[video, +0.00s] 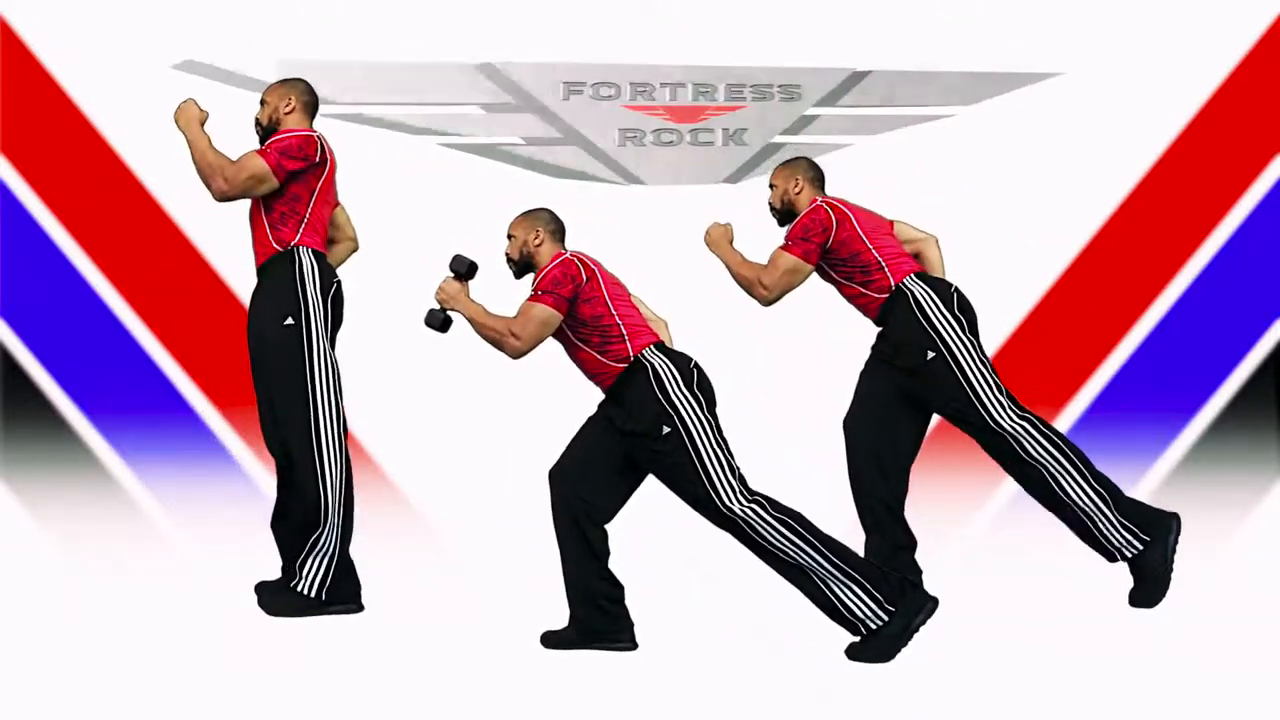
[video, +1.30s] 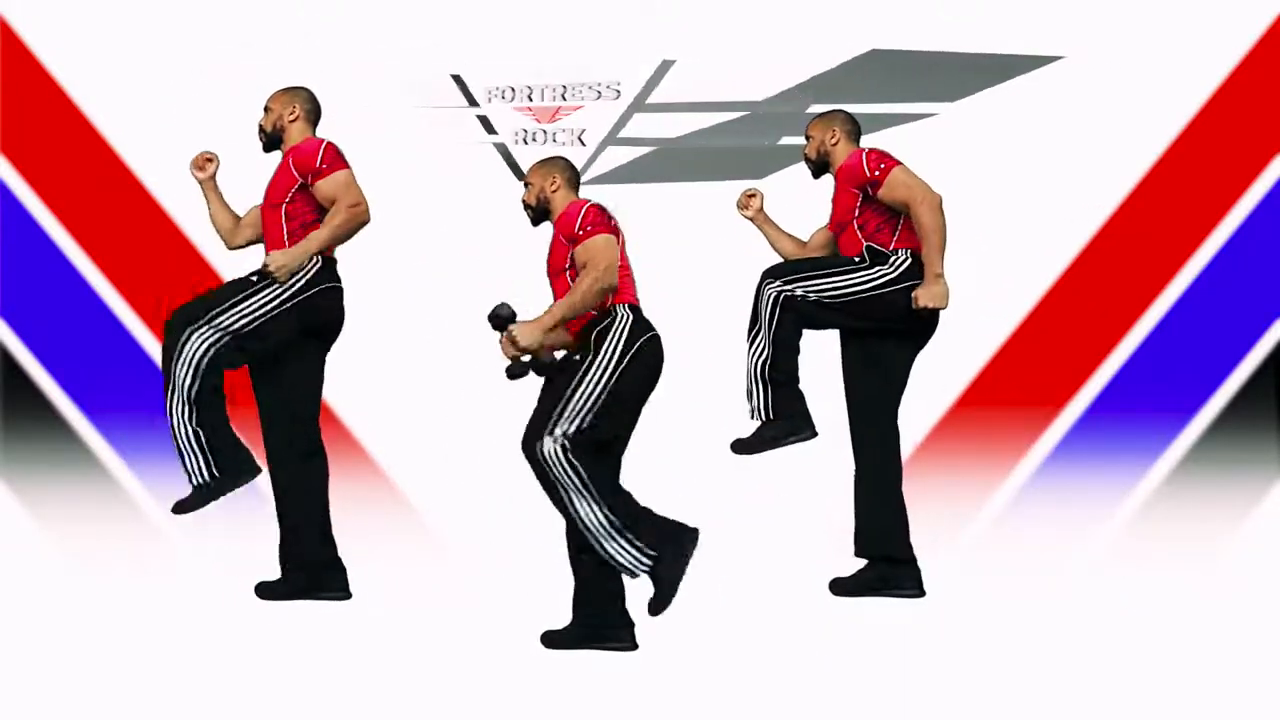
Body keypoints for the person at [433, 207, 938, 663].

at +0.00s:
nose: (506, 250)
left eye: (512, 239)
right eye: (506, 243)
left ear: (541, 236)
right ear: (543, 240)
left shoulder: (563, 267)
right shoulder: (577, 275)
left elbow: (515, 341)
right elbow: (657, 325)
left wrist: (462, 303)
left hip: (657, 385)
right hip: (630, 402)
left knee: (735, 505)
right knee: (572, 488)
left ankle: (886, 609)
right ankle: (601, 622)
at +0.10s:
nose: (508, 241)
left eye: (514, 231)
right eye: (507, 233)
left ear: (542, 228)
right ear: (543, 235)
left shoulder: (565, 258)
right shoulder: (575, 269)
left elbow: (530, 331)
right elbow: (649, 323)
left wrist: (465, 309)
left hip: (651, 378)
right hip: (620, 397)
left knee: (724, 496)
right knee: (570, 490)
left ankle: (875, 602)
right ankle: (601, 623)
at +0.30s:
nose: (517, 209)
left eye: (522, 198)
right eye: (518, 201)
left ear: (546, 195)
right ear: (551, 197)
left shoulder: (579, 224)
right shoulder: (560, 253)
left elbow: (598, 279)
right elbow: (603, 331)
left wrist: (528, 322)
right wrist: (561, 368)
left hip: (631, 349)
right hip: (603, 364)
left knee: (605, 475)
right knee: (578, 485)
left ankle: (733, 563)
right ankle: (600, 620)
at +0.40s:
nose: (527, 195)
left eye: (532, 185)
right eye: (528, 187)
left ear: (556, 182)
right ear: (558, 185)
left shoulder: (583, 208)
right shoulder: (571, 237)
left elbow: (626, 259)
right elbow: (584, 324)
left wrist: (581, 319)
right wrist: (526, 329)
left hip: (620, 337)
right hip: (616, 348)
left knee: (526, 418)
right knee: (593, 480)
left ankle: (584, 558)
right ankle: (605, 621)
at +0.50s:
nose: (534, 187)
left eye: (539, 177)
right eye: (535, 179)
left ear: (564, 175)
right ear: (565, 178)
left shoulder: (593, 202)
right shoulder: (573, 233)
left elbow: (645, 256)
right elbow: (556, 309)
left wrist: (619, 321)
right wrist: (498, 287)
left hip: (600, 335)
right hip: (607, 348)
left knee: (493, 365)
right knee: (591, 492)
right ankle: (604, 620)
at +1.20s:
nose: (533, 190)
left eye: (538, 180)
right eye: (533, 183)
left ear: (563, 177)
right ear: (567, 178)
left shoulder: (591, 207)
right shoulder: (570, 234)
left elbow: (627, 263)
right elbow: (570, 319)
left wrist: (586, 327)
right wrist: (507, 308)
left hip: (606, 339)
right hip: (610, 352)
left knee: (506, 401)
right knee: (584, 485)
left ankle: (558, 528)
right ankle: (601, 620)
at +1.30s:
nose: (523, 194)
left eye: (527, 184)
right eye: (523, 187)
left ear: (552, 182)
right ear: (557, 184)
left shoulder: (582, 213)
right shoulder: (563, 242)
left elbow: (601, 276)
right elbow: (572, 332)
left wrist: (541, 326)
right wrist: (528, 342)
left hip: (619, 336)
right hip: (602, 347)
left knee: (551, 444)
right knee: (588, 476)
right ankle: (601, 619)